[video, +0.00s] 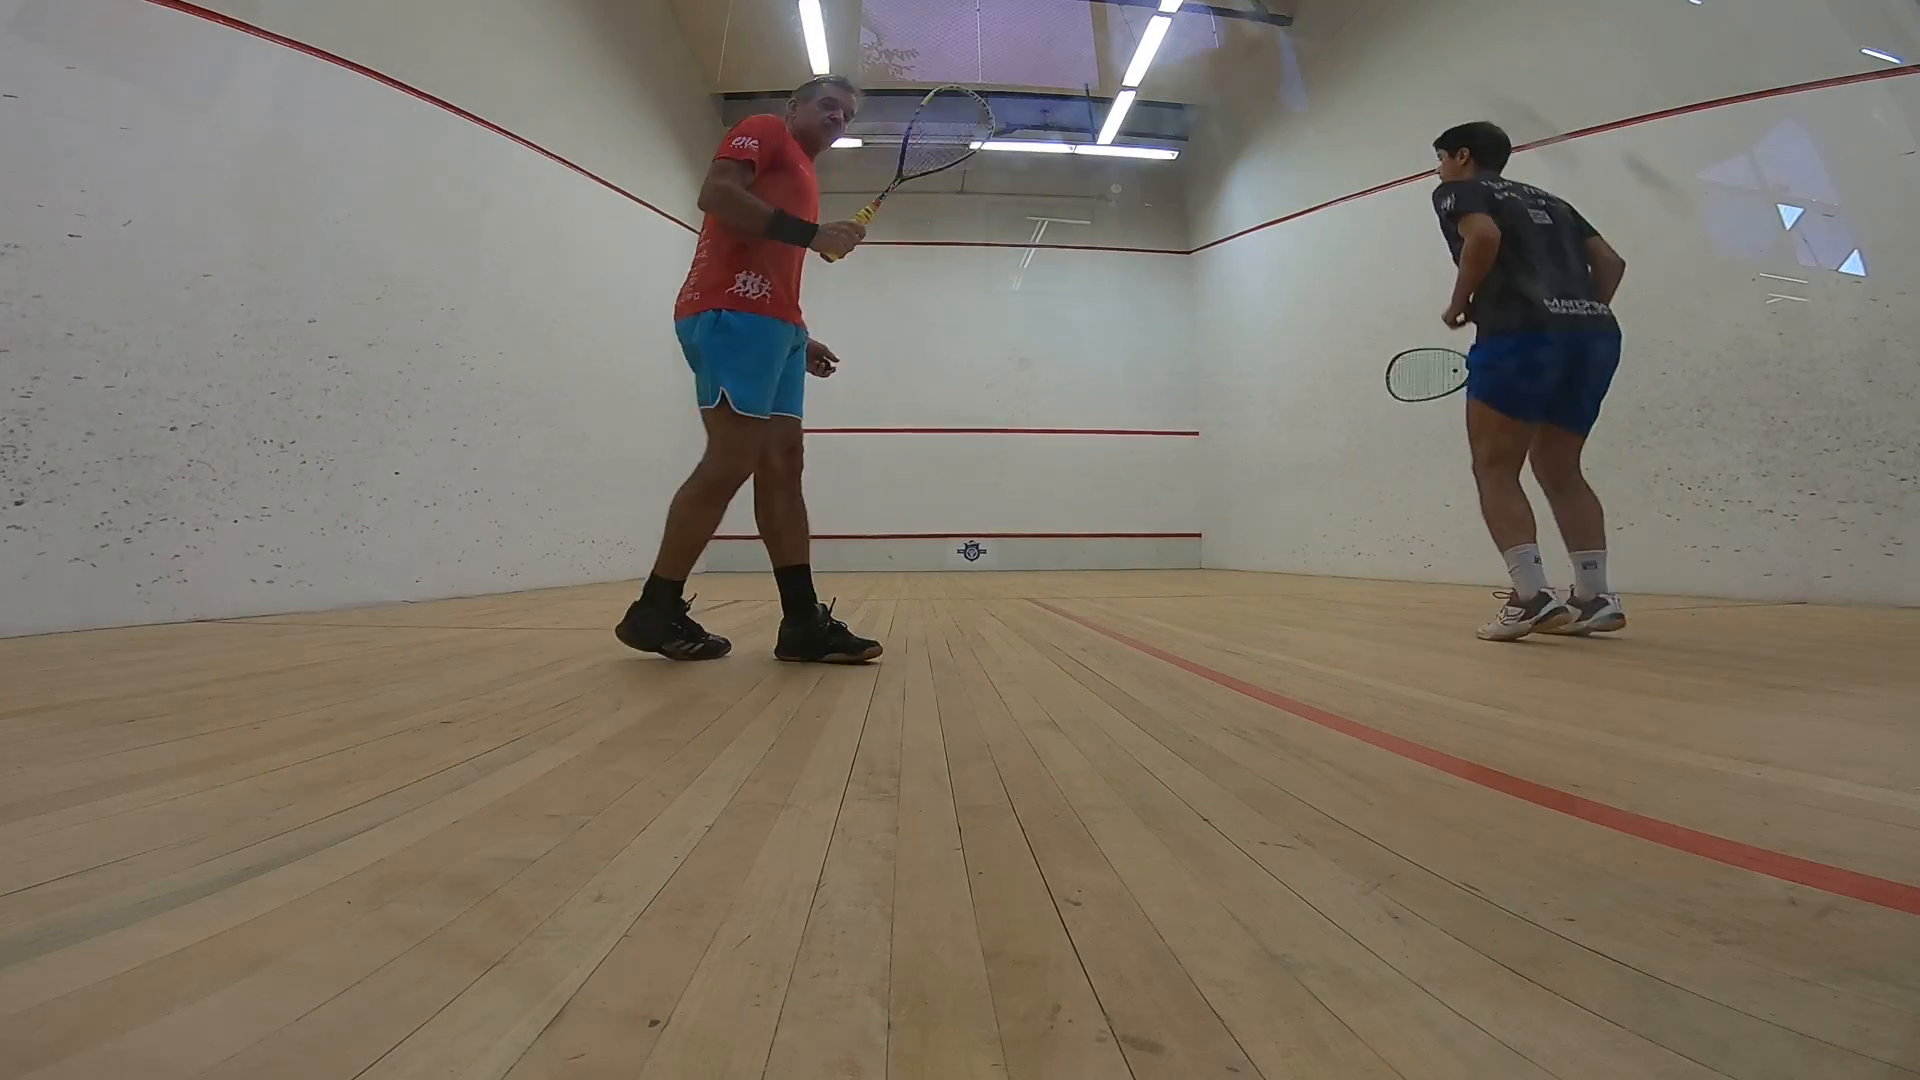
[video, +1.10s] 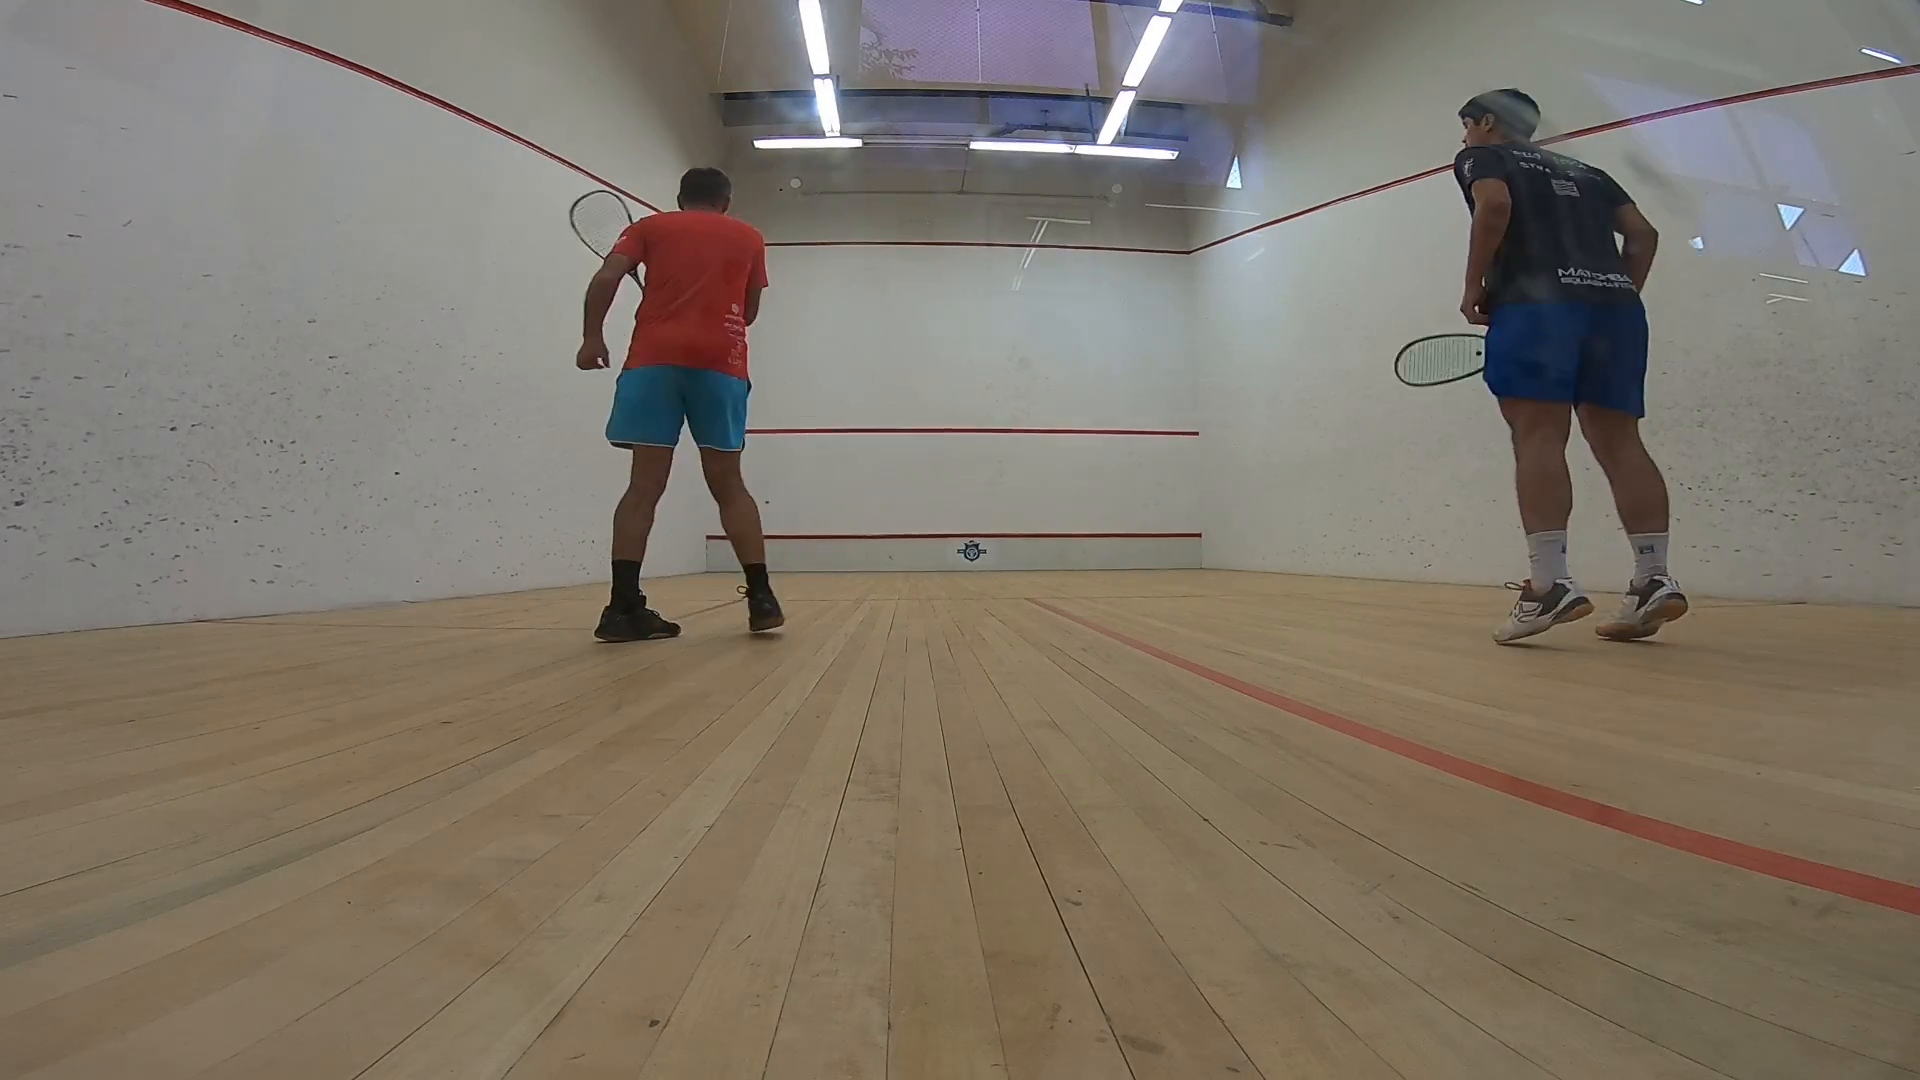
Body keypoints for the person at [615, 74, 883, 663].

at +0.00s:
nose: (838, 121)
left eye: (846, 117)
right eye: (831, 107)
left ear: (842, 128)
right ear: (799, 101)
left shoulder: (800, 175)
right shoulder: (766, 128)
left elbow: (764, 274)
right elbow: (716, 192)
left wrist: (799, 341)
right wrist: (810, 234)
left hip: (774, 326)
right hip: (731, 314)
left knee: (781, 466)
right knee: (730, 458)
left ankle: (803, 621)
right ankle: (655, 609)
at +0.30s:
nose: (803, 162)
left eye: (809, 151)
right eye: (803, 146)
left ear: (779, 132)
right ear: (777, 127)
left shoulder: (757, 199)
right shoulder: (715, 145)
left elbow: (733, 278)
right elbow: (657, 188)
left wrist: (789, 334)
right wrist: (752, 180)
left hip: (722, 333)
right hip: (672, 319)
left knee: (740, 458)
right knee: (662, 459)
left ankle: (743, 606)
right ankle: (641, 618)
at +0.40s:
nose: (798, 163)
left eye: (804, 152)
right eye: (799, 147)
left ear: (776, 136)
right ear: (768, 126)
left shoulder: (746, 193)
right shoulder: (706, 154)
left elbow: (730, 279)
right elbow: (647, 151)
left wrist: (797, 316)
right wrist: (729, 116)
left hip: (709, 331)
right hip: (665, 321)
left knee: (716, 462)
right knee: (662, 461)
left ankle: (693, 602)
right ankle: (640, 621)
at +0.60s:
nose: (780, 183)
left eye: (785, 175)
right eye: (781, 170)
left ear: (759, 163)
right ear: (756, 152)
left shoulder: (733, 213)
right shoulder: (708, 176)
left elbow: (697, 291)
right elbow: (675, 172)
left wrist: (749, 318)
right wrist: (736, 108)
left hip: (676, 337)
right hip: (664, 335)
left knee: (669, 465)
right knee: (676, 464)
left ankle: (629, 600)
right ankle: (645, 616)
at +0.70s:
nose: (771, 193)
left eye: (774, 184)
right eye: (769, 181)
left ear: (730, 165)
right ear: (748, 169)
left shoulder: (686, 205)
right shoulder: (710, 198)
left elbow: (660, 295)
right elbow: (729, 262)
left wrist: (704, 334)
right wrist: (777, 232)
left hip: (632, 348)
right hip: (665, 348)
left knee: (661, 473)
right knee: (683, 468)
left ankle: (622, 608)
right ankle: (648, 616)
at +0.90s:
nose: (742, 202)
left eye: (740, 196)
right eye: (744, 195)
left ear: (694, 187)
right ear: (738, 192)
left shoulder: (650, 220)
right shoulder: (740, 223)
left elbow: (600, 285)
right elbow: (731, 310)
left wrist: (633, 331)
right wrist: (703, 343)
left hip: (626, 357)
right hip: (686, 357)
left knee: (647, 477)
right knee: (721, 475)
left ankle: (618, 609)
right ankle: (670, 592)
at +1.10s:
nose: (729, 211)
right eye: (730, 205)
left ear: (681, 199)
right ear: (726, 203)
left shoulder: (650, 225)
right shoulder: (749, 237)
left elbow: (606, 276)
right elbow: (749, 310)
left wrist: (592, 336)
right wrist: (702, 330)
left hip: (654, 357)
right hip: (720, 364)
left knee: (644, 483)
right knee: (728, 483)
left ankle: (624, 605)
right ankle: (762, 596)